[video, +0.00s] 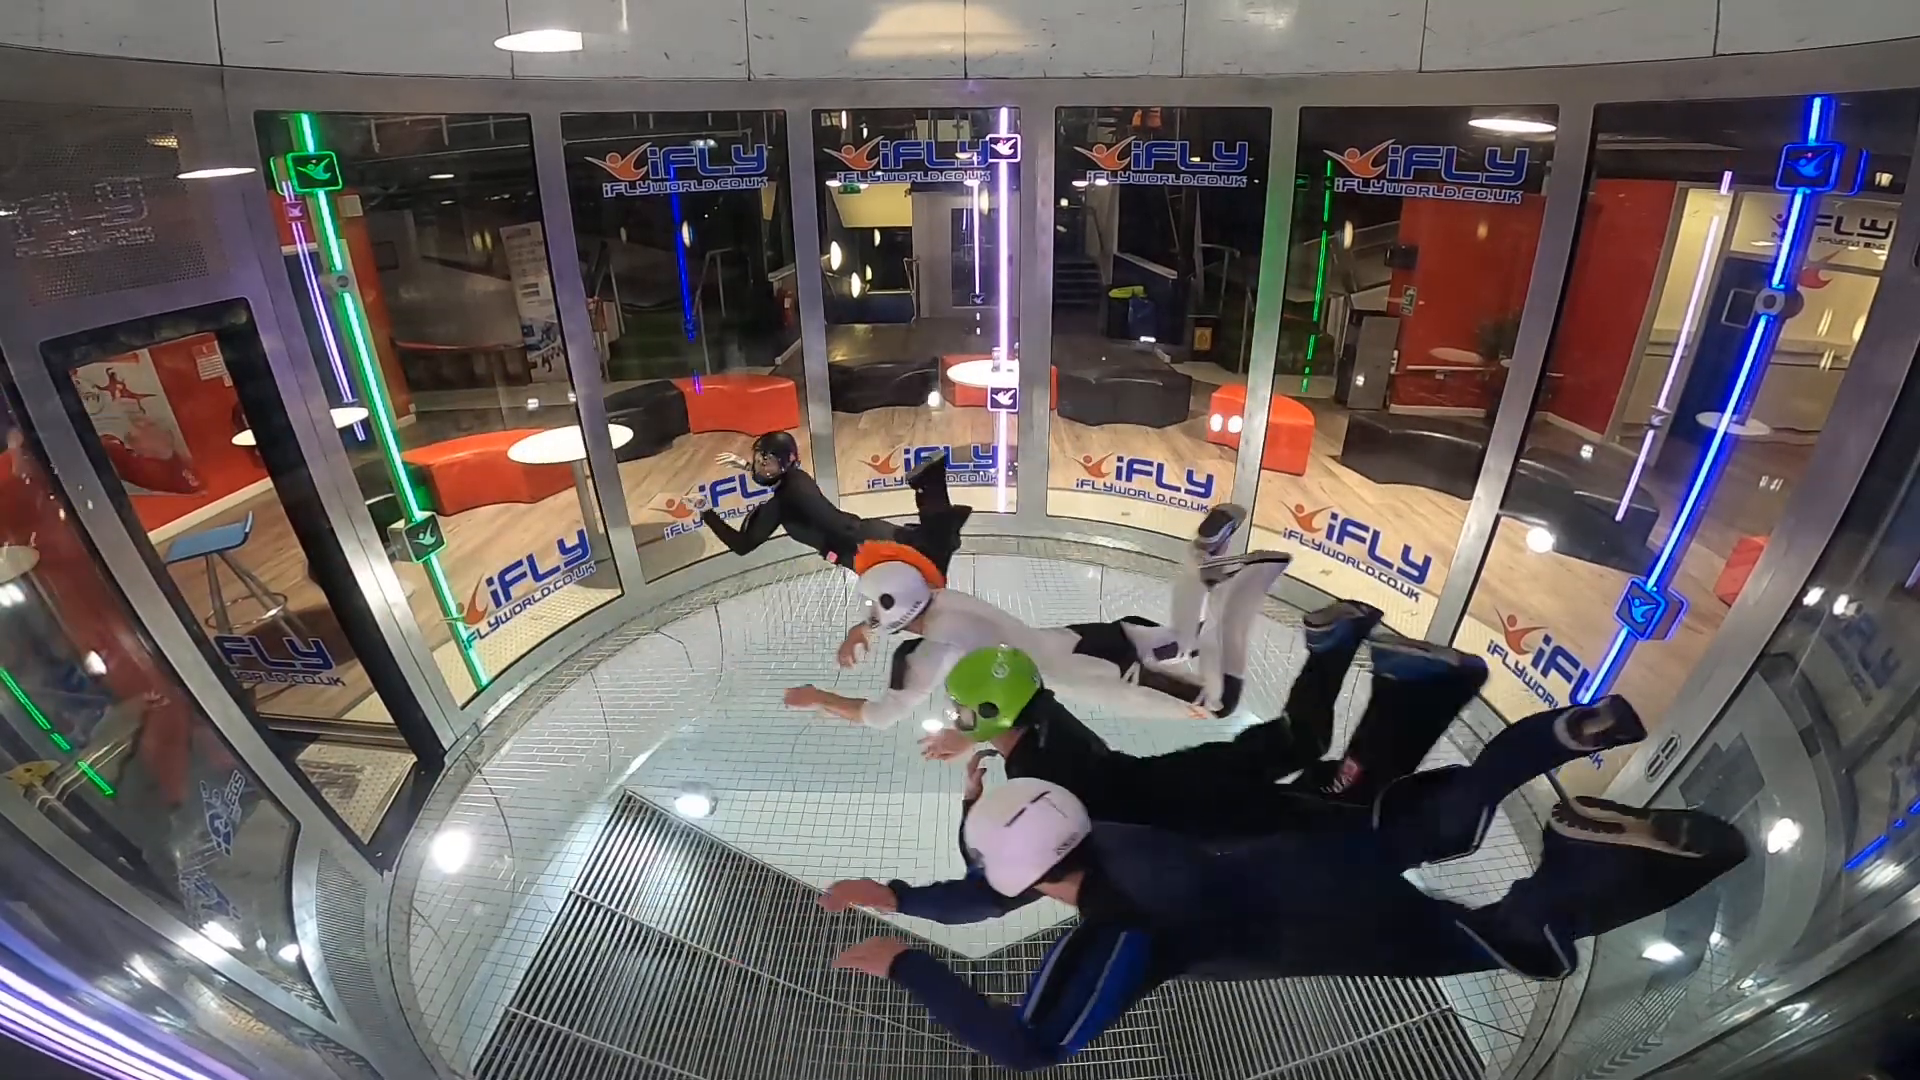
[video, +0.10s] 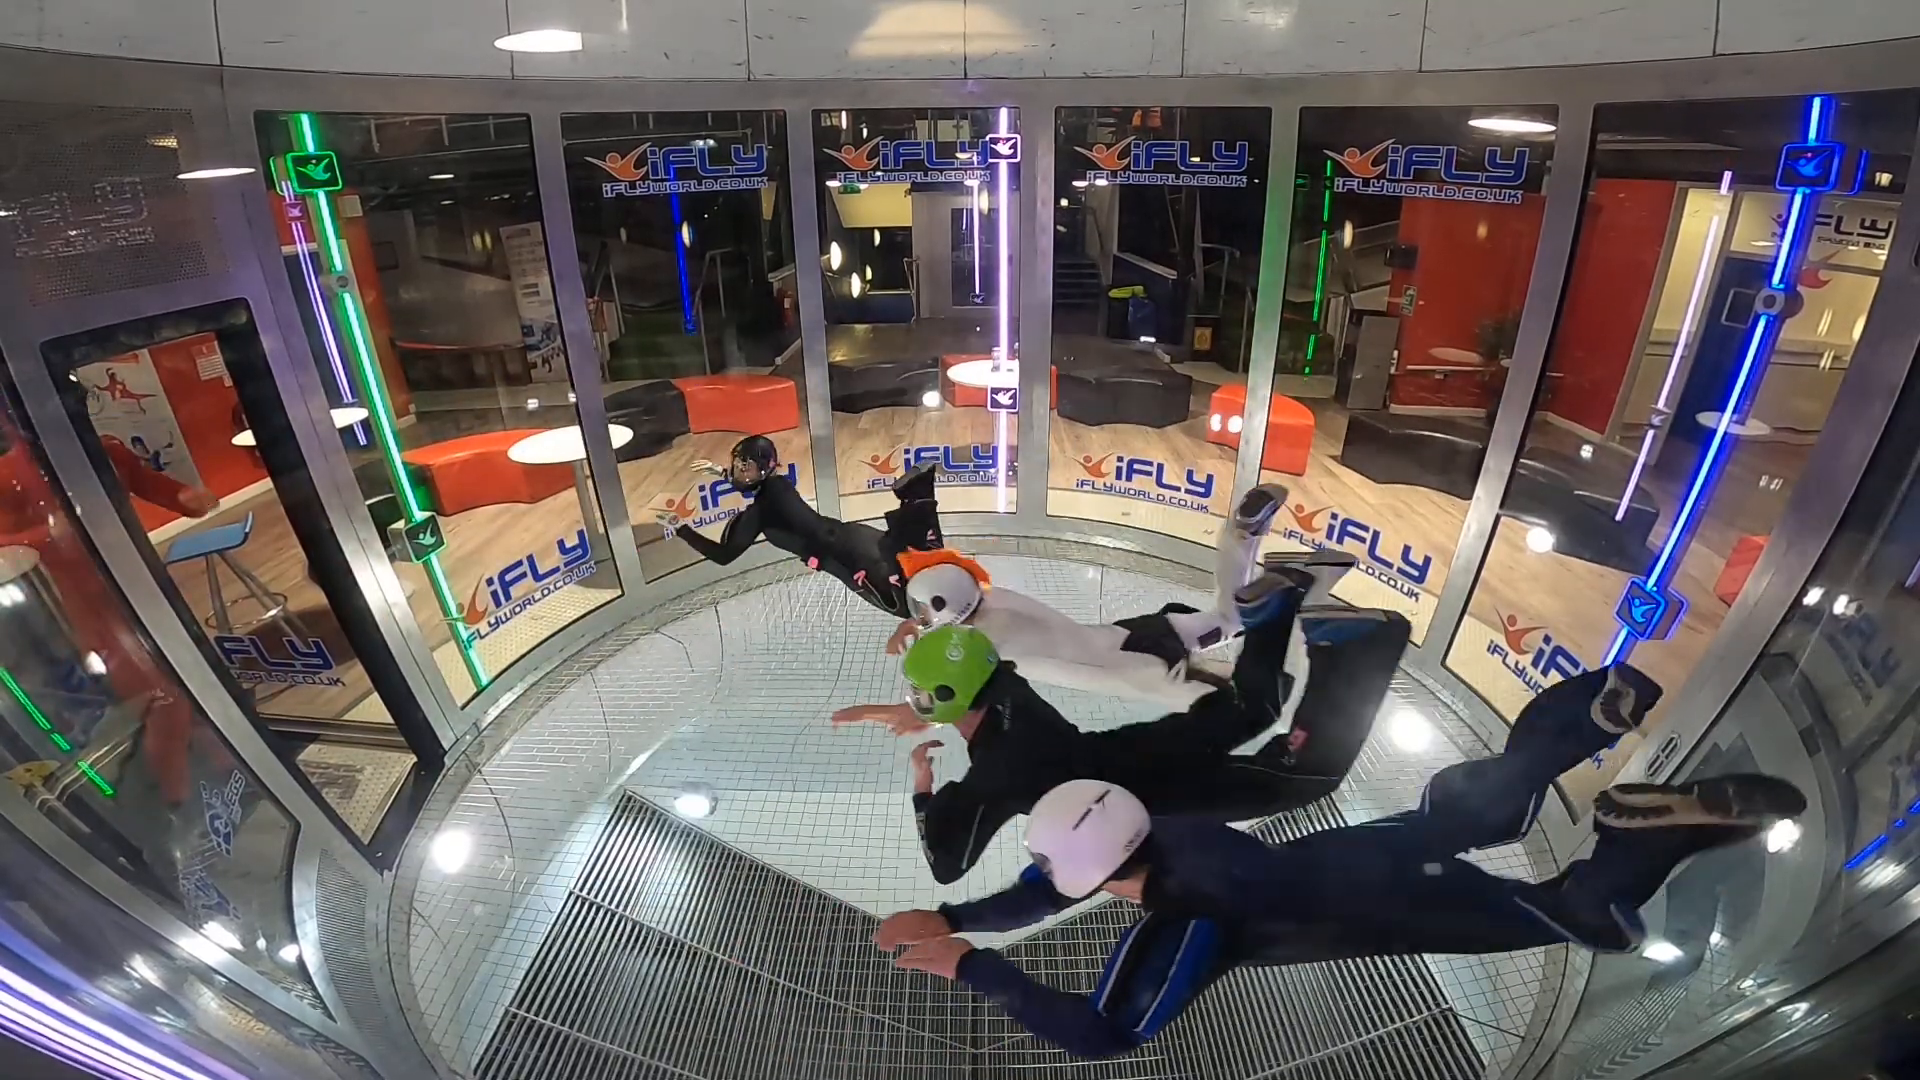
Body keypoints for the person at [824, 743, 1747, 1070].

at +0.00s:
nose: (1010, 889)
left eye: (1009, 879)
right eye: (1002, 876)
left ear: (1043, 886)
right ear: (1052, 835)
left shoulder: (1127, 922)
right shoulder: (1099, 835)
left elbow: (1030, 1040)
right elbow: (993, 892)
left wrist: (911, 978)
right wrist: (892, 900)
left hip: (1349, 917)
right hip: (1335, 838)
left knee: (1500, 933)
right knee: (1458, 803)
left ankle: (1612, 874)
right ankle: (1579, 728)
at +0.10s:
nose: (1093, 890)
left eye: (1095, 878)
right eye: (1088, 874)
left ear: (1118, 869)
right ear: (1106, 846)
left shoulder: (1187, 918)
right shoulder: (1152, 830)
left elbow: (1103, 1035)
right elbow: (1044, 889)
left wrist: (976, 970)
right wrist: (947, 921)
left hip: (1408, 901)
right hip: (1387, 841)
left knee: (1562, 912)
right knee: (1494, 791)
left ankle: (1678, 835)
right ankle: (1605, 696)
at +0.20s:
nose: (1152, 896)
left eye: (1154, 884)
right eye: (1144, 880)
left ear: (1183, 868)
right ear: (1179, 834)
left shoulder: (1241, 911)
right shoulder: (1198, 820)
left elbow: (1165, 1021)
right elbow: (1098, 879)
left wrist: (1024, 979)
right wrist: (1010, 917)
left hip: (1464, 878)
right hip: (1426, 828)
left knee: (1605, 874)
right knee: (1514, 778)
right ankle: (1607, 674)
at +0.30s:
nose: (1190, 872)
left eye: (1190, 861)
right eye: (1189, 849)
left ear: (1213, 861)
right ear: (1212, 826)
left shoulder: (1299, 893)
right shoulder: (1239, 820)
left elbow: (1250, 1002)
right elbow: (1148, 866)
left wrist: (1102, 998)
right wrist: (1077, 909)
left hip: (1496, 858)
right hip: (1465, 809)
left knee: (1670, 823)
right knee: (1553, 744)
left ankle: (1821, 686)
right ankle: (1641, 641)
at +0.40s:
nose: (1220, 848)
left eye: (1220, 835)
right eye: (1214, 825)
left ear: (1252, 845)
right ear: (1256, 796)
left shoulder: (1337, 869)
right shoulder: (1280, 803)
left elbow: (1330, 971)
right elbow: (1185, 831)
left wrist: (1172, 936)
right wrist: (1126, 878)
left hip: (1535, 829)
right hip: (1491, 776)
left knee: (1713, 803)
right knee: (1568, 700)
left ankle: (1852, 639)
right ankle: (1642, 611)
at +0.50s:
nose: (1241, 825)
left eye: (1246, 809)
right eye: (1235, 804)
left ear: (1283, 807)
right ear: (1286, 776)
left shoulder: (1365, 834)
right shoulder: (1304, 775)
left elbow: (1359, 939)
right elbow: (1225, 785)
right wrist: (1184, 821)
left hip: (1543, 810)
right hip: (1490, 765)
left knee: (1700, 799)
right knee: (1559, 714)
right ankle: (1629, 608)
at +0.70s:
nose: (1252, 739)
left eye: (1257, 730)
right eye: (1250, 723)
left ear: (1293, 736)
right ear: (1318, 688)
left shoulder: (1367, 771)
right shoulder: (1356, 708)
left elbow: (1329, 878)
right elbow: (1260, 700)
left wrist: (1246, 786)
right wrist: (1223, 739)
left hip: (1583, 761)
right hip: (1543, 714)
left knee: (1734, 754)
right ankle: (1637, 594)